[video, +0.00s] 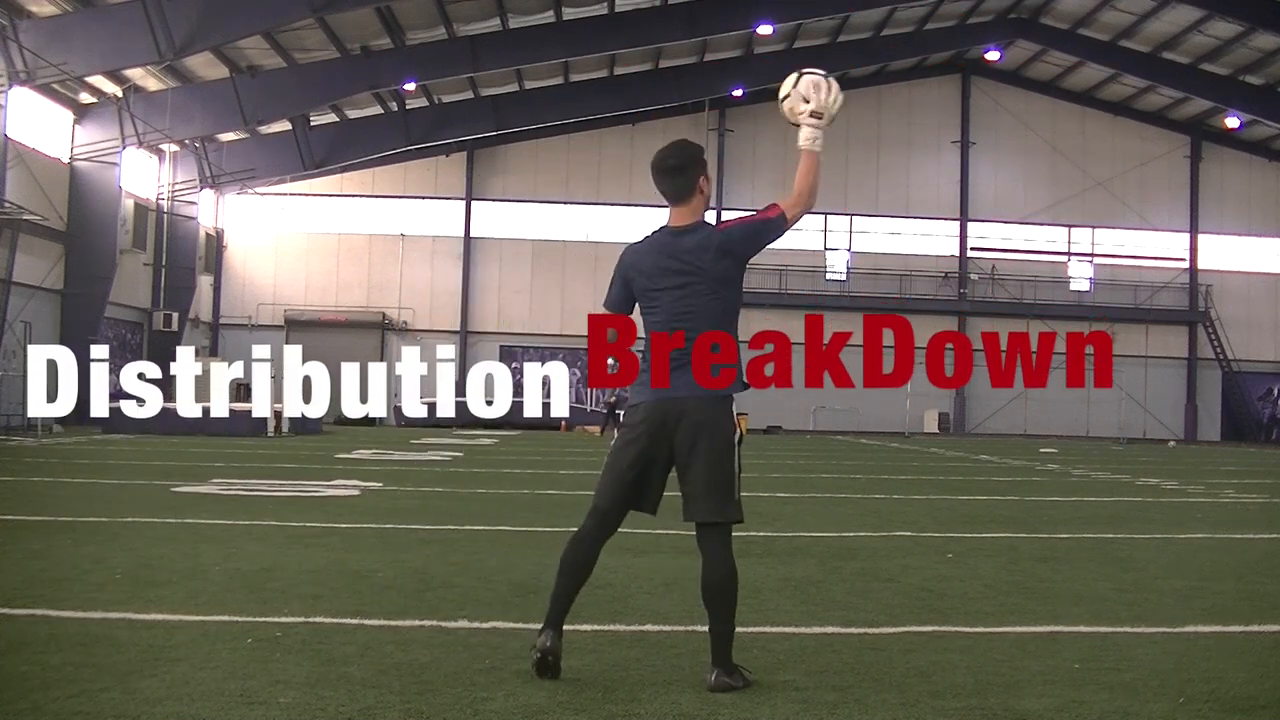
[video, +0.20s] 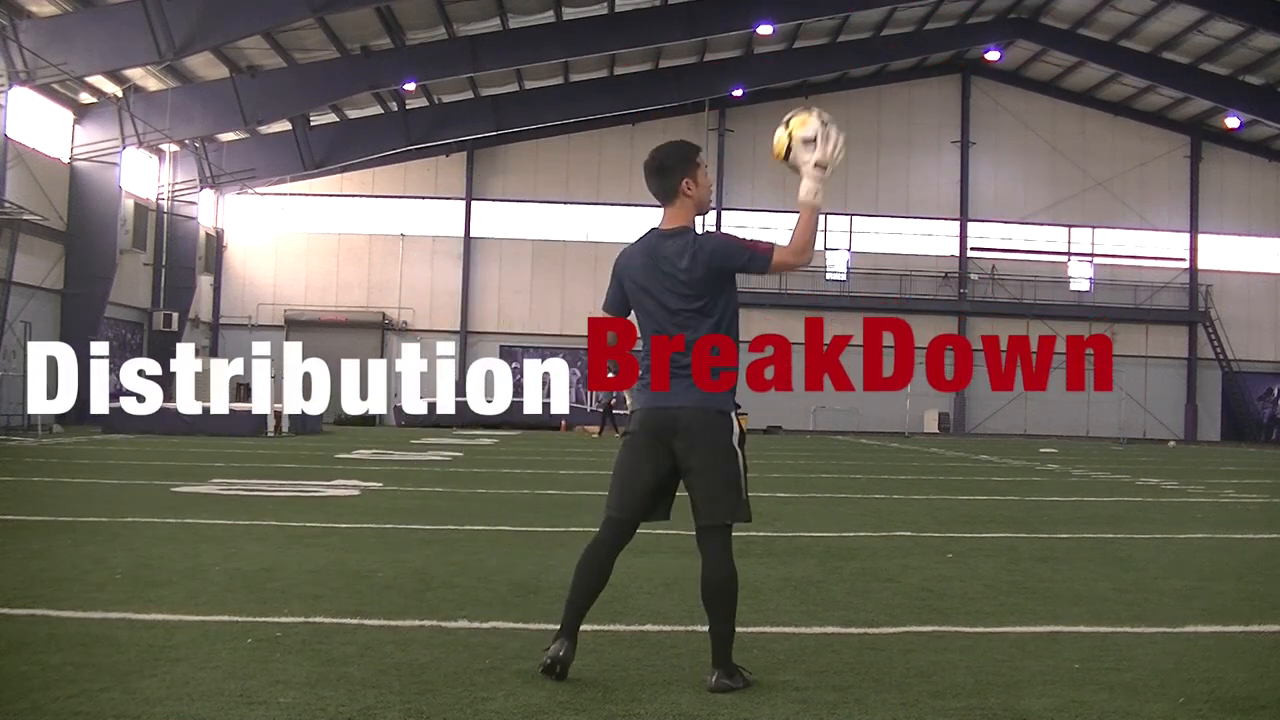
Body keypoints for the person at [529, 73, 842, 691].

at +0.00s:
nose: (711, 183)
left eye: (703, 177)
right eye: (709, 177)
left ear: (661, 190)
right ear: (703, 185)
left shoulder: (636, 255)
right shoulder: (727, 242)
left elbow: (610, 330)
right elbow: (797, 203)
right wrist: (811, 134)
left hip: (648, 403)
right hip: (707, 406)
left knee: (599, 520)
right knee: (715, 536)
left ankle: (550, 631)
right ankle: (721, 665)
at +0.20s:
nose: (710, 180)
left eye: (706, 172)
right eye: (704, 173)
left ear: (663, 189)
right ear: (687, 185)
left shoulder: (630, 258)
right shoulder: (714, 249)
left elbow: (609, 335)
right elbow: (798, 253)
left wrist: (616, 390)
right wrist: (812, 181)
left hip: (649, 415)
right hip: (707, 415)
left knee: (612, 531)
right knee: (715, 544)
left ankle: (564, 639)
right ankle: (722, 667)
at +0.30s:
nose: (699, 186)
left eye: (695, 177)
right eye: (696, 177)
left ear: (649, 189)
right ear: (683, 184)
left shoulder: (617, 261)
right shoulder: (699, 254)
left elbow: (601, 343)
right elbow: (771, 296)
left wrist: (613, 399)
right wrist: (798, 225)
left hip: (641, 421)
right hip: (701, 422)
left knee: (612, 529)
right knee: (711, 544)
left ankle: (558, 632)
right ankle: (722, 667)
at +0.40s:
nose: (678, 188)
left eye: (673, 180)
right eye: (677, 181)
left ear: (627, 189)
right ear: (670, 186)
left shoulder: (601, 263)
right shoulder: (690, 260)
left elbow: (578, 345)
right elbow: (731, 327)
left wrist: (637, 327)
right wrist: (769, 284)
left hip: (626, 425)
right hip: (685, 428)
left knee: (605, 529)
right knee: (706, 545)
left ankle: (540, 628)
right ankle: (722, 667)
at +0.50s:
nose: (649, 197)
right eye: (650, 189)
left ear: (602, 195)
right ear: (650, 192)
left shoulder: (578, 266)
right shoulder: (676, 260)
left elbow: (552, 342)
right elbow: (691, 341)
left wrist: (592, 342)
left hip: (606, 432)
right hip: (667, 433)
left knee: (593, 534)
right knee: (700, 544)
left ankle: (518, 637)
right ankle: (722, 668)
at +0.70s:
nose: (584, 201)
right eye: (586, 193)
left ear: (539, 199)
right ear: (585, 195)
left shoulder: (514, 270)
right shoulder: (615, 258)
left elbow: (487, 350)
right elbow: (636, 340)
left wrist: (527, 351)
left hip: (539, 432)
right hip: (600, 431)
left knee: (541, 539)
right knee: (649, 540)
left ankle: (508, 657)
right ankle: (691, 655)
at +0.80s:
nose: (554, 193)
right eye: (555, 184)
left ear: (509, 192)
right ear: (554, 185)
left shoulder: (485, 260)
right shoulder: (584, 247)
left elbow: (462, 342)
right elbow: (605, 329)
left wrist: (503, 345)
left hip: (508, 421)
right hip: (568, 420)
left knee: (521, 535)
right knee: (617, 526)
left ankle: (507, 657)